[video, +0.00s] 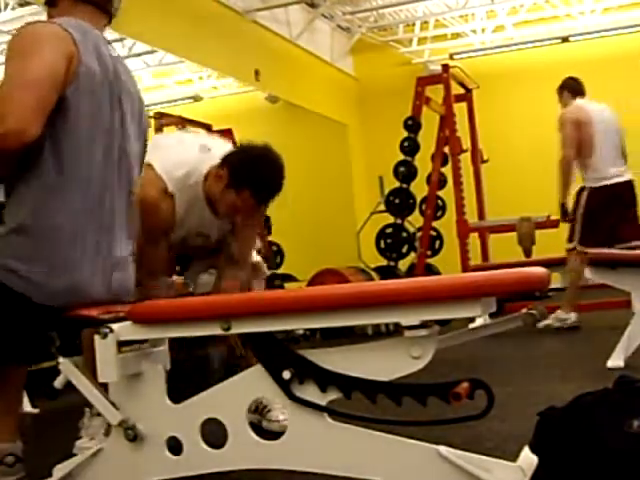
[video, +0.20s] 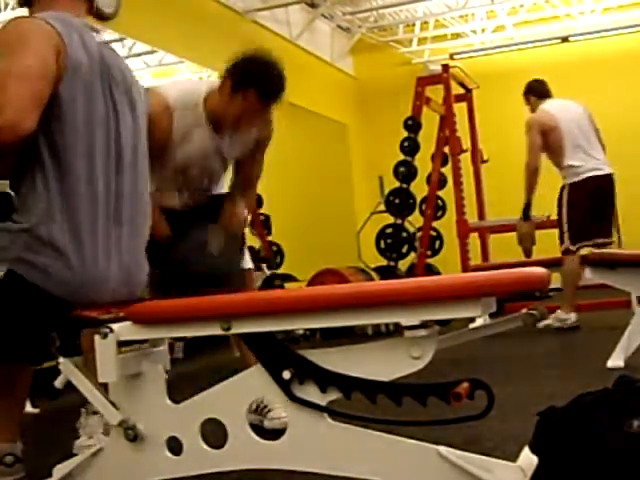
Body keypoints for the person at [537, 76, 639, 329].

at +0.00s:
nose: (560, 104)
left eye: (560, 99)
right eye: (560, 99)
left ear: (566, 95)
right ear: (582, 93)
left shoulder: (570, 114)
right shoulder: (606, 110)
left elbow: (568, 156)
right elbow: (622, 150)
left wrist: (563, 199)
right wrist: (617, 176)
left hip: (596, 191)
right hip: (624, 186)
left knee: (577, 252)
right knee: (631, 250)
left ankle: (568, 310)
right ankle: (636, 302)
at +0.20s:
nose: (527, 107)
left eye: (526, 103)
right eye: (526, 103)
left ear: (530, 99)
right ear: (549, 93)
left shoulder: (537, 118)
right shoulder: (578, 107)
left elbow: (533, 165)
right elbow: (599, 142)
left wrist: (527, 208)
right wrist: (597, 169)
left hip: (577, 183)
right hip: (604, 178)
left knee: (570, 251)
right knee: (603, 246)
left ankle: (567, 310)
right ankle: (630, 296)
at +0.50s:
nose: (503, 113)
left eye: (503, 108)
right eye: (502, 109)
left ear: (508, 102)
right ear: (521, 98)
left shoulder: (516, 121)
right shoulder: (547, 108)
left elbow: (520, 166)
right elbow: (564, 143)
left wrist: (520, 205)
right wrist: (548, 187)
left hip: (560, 182)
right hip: (580, 175)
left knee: (559, 249)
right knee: (558, 219)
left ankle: (567, 309)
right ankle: (609, 222)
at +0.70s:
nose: (492, 117)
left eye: (491, 111)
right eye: (490, 112)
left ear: (501, 103)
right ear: (505, 102)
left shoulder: (516, 121)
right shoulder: (532, 113)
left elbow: (522, 164)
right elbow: (547, 158)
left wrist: (522, 203)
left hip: (553, 183)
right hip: (562, 179)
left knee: (554, 250)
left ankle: (566, 309)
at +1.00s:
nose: (489, 126)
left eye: (488, 119)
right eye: (486, 121)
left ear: (500, 112)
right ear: (499, 114)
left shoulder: (518, 128)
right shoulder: (516, 131)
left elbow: (526, 167)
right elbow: (522, 171)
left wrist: (516, 204)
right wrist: (516, 203)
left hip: (545, 193)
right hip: (538, 194)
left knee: (529, 254)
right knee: (525, 254)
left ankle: (559, 304)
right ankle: (536, 306)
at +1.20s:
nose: (487, 134)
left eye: (487, 127)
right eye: (483, 131)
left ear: (499, 120)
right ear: (485, 133)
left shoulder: (515, 137)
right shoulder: (506, 148)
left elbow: (528, 174)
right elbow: (511, 185)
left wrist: (518, 211)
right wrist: (513, 215)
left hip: (545, 196)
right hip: (533, 198)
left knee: (520, 252)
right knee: (519, 253)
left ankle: (539, 308)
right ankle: (538, 309)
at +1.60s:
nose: (489, 165)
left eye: (490, 158)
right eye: (485, 163)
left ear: (500, 152)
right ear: (484, 165)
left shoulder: (511, 165)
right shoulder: (514, 165)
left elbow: (518, 205)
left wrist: (511, 238)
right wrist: (513, 237)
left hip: (555, 219)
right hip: (549, 219)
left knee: (510, 259)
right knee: (515, 258)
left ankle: (539, 312)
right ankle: (536, 310)